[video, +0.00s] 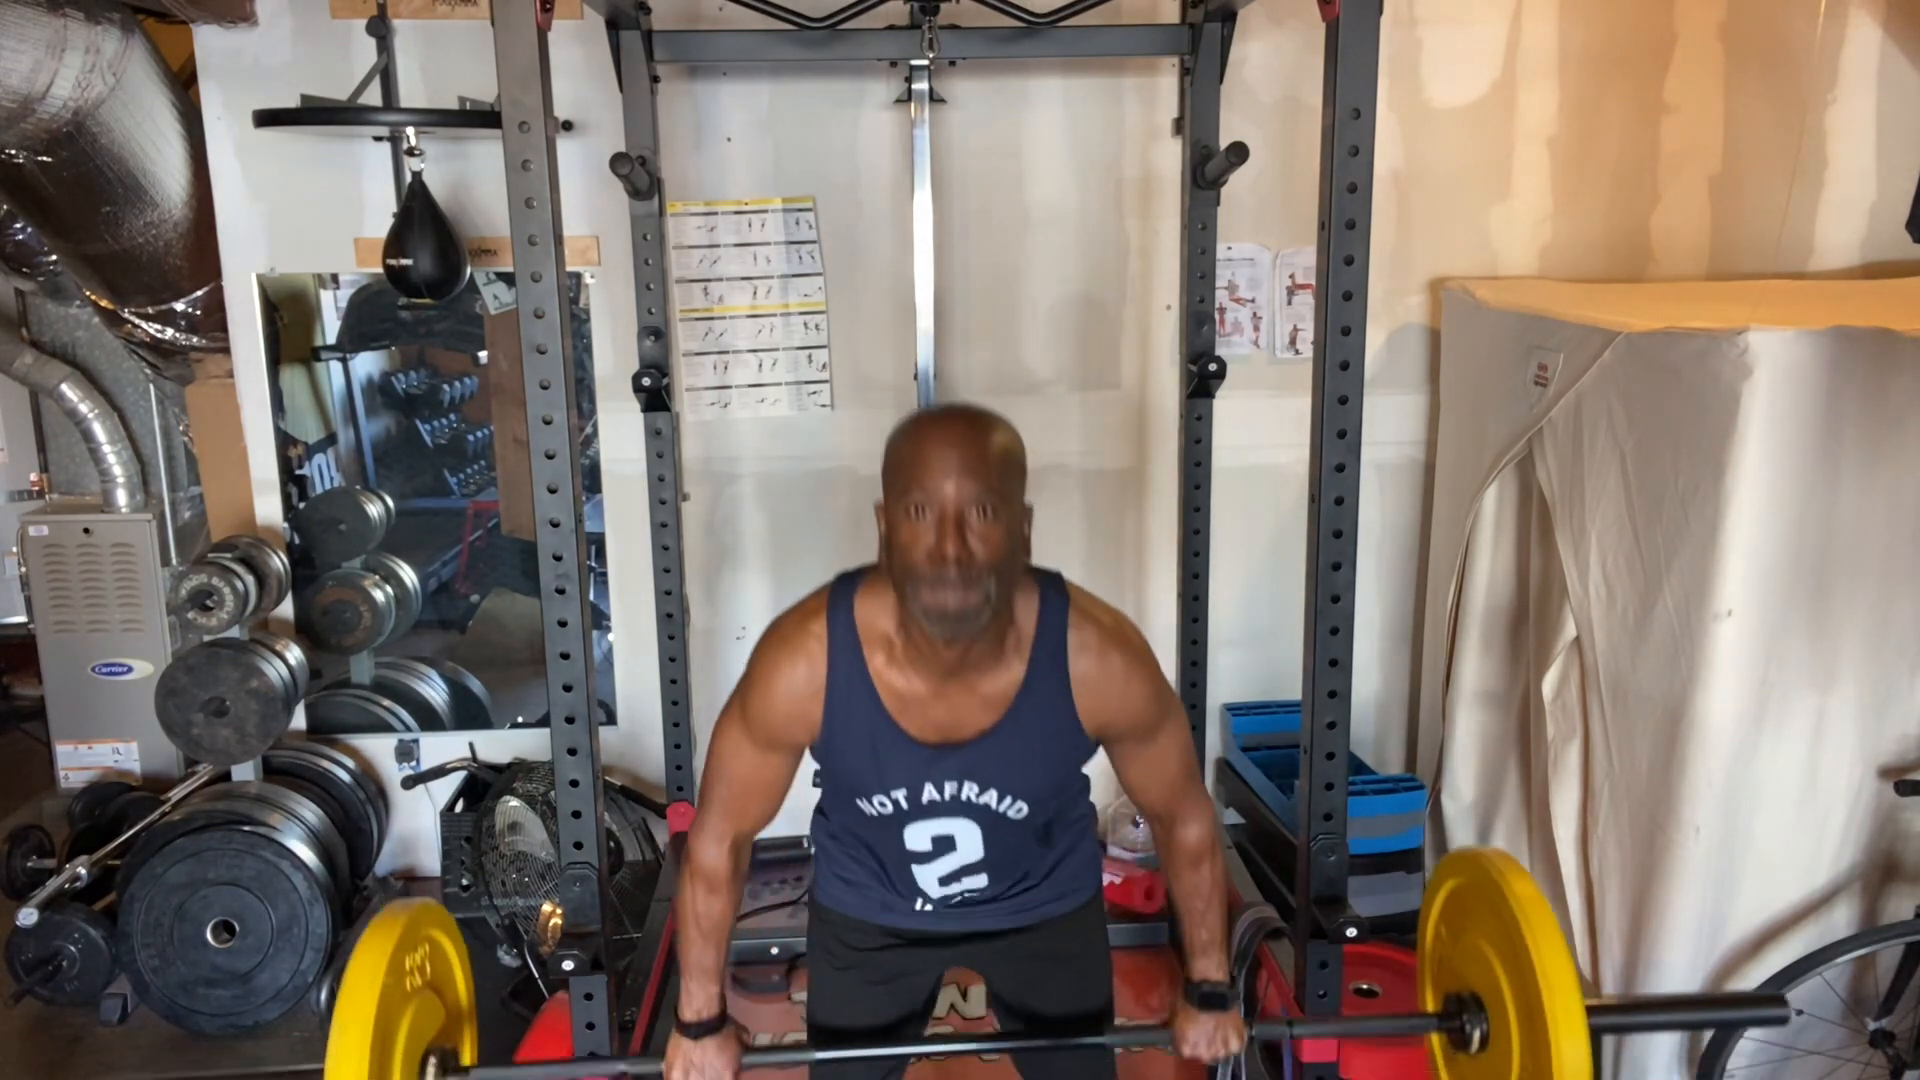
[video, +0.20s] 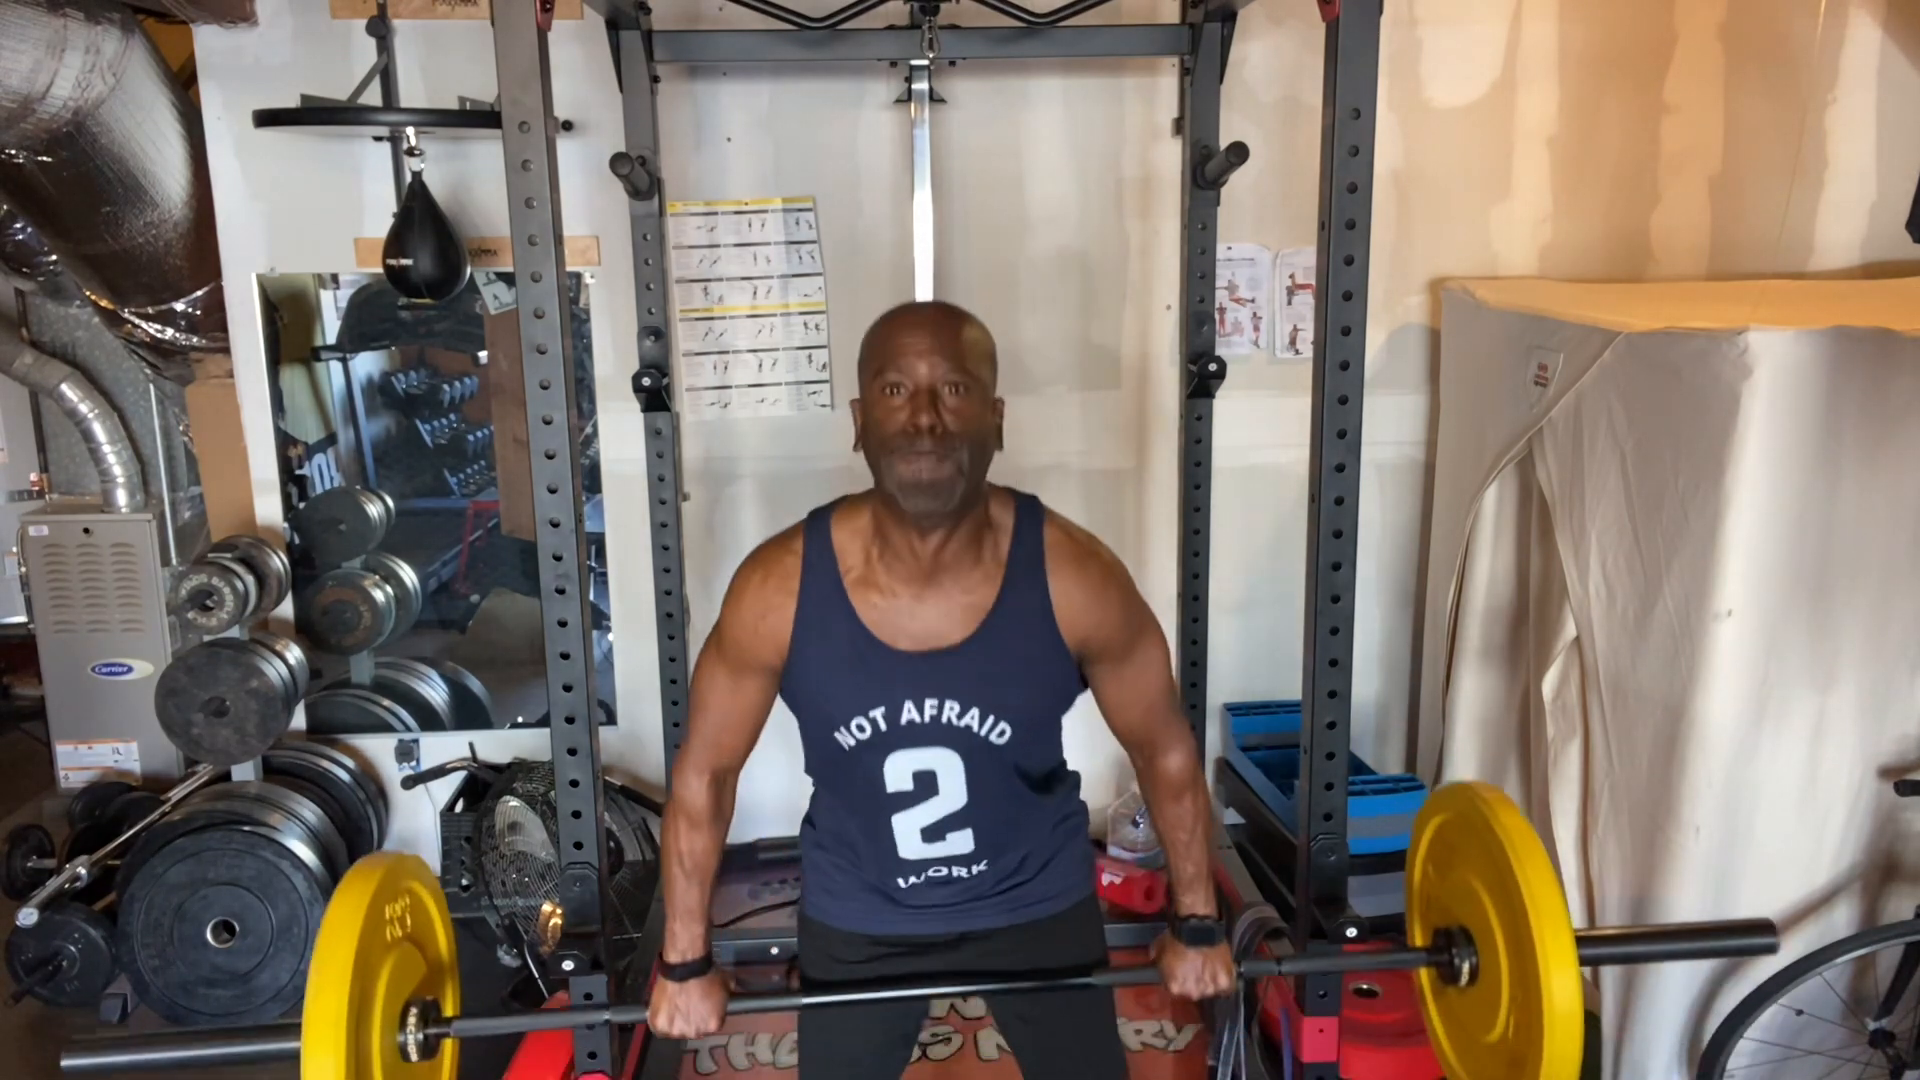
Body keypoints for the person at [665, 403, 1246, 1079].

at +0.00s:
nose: (949, 545)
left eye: (980, 514)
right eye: (920, 513)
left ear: (1025, 528)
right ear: (883, 524)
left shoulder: (1099, 657)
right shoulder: (804, 658)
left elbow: (1184, 816)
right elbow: (716, 842)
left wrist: (1212, 986)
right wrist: (701, 1018)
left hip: (1044, 914)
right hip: (871, 918)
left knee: (1075, 1067)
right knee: (848, 1073)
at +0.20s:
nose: (924, 414)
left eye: (953, 389)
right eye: (896, 390)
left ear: (997, 419)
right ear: (858, 422)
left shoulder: (1073, 575)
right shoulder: (780, 585)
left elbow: (1164, 745)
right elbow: (704, 770)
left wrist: (1198, 917)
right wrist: (683, 956)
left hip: (1034, 911)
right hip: (860, 919)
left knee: (1089, 1067)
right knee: (837, 1069)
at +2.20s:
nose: (952, 366)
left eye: (978, 336)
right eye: (926, 337)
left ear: (1018, 334)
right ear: (893, 336)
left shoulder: (1094, 504)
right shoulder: (813, 507)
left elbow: (1169, 693)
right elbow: (744, 709)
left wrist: (1213, 878)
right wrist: (702, 895)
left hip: (1056, 916)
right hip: (863, 919)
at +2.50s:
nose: (959, 492)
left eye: (987, 461)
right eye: (930, 460)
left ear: (1032, 411)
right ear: (891, 411)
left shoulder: (1103, 546)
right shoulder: (810, 549)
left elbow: (1186, 727)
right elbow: (739, 746)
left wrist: (1212, 901)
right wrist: (706, 920)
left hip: (1048, 896)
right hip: (866, 899)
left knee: (1084, 1063)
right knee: (841, 1064)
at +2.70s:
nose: (965, 610)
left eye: (994, 583)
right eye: (936, 582)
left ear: (1037, 522)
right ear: (892, 513)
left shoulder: (1110, 612)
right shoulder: (806, 619)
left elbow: (1188, 783)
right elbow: (732, 805)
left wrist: (1213, 952)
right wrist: (706, 974)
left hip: (1050, 903)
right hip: (874, 909)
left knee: (1095, 1065)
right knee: (844, 1067)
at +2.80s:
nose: (971, 664)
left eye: (999, 637)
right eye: (940, 638)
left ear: (1042, 573)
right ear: (895, 568)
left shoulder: (1112, 650)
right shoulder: (807, 659)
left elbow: (1188, 819)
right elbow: (730, 845)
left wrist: (1215, 988)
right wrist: (704, 1013)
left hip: (1050, 906)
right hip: (872, 912)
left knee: (1092, 1069)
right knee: (846, 1072)